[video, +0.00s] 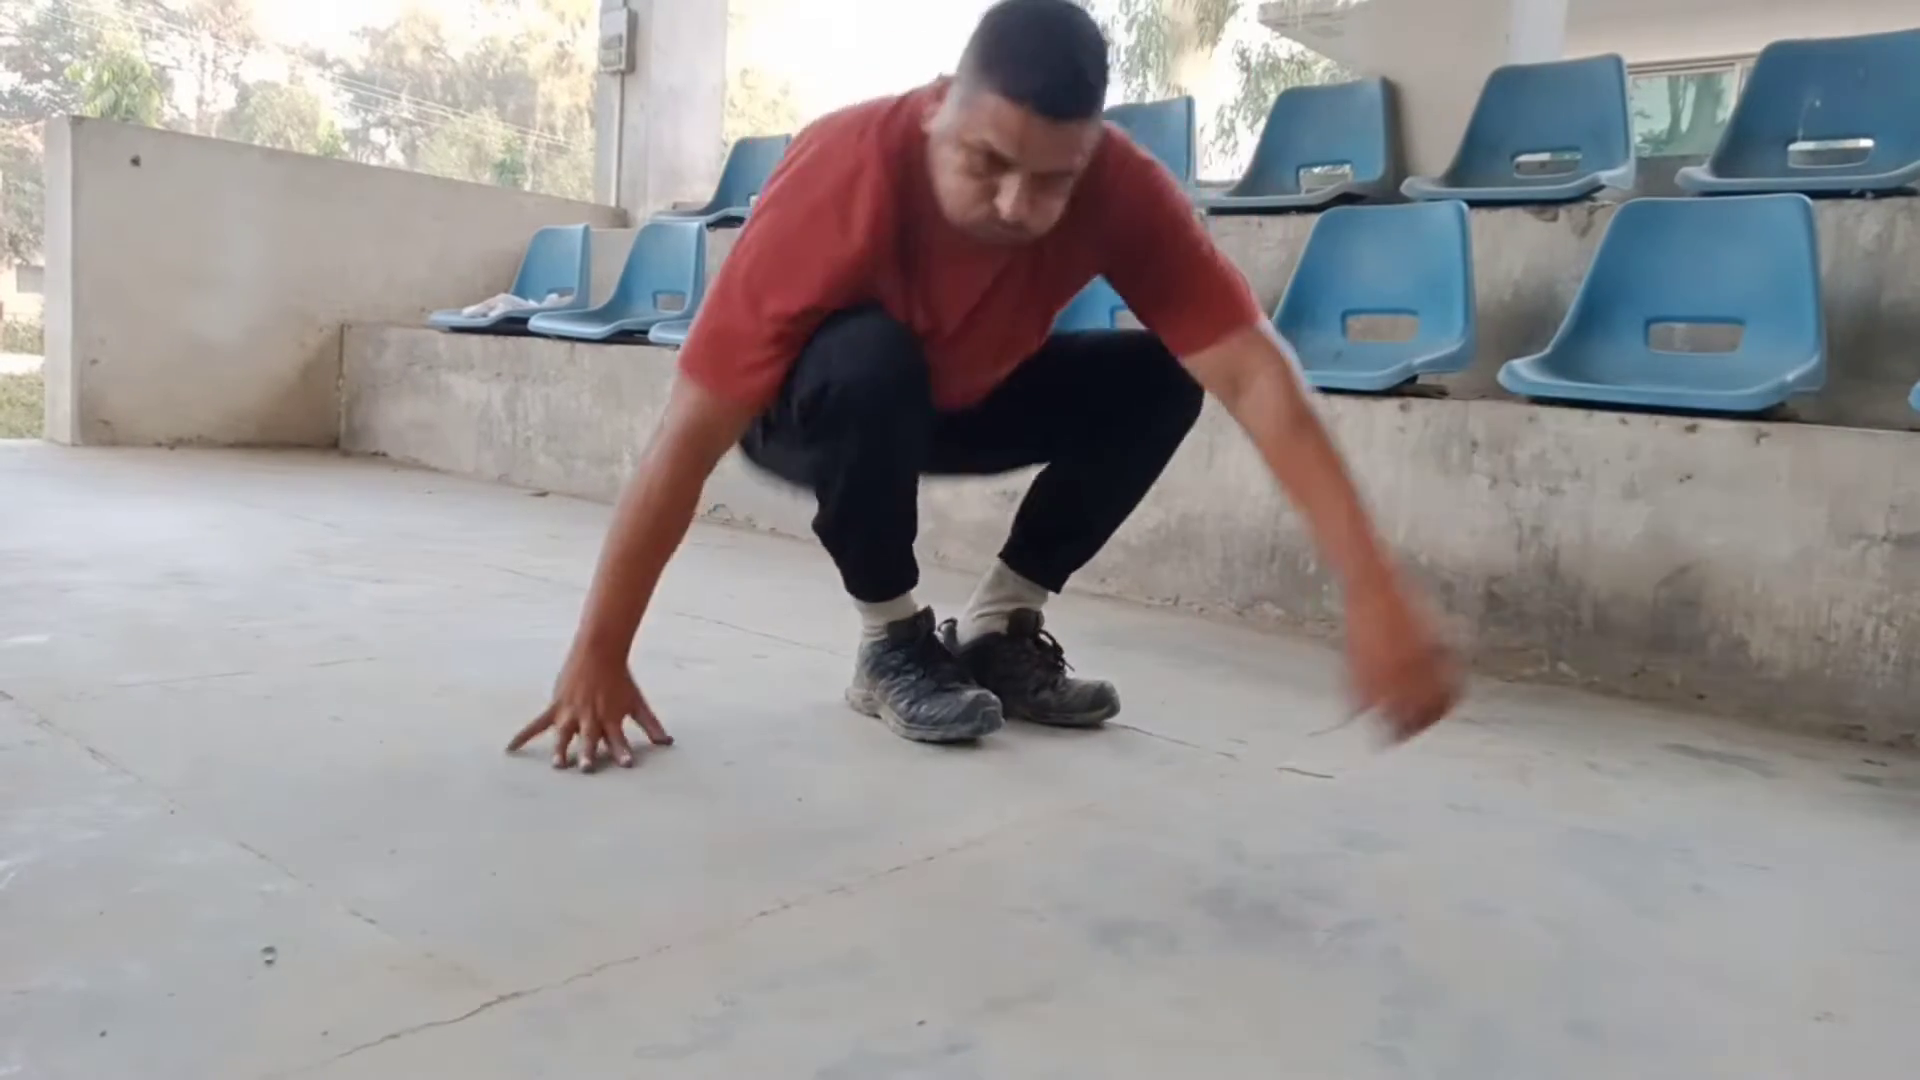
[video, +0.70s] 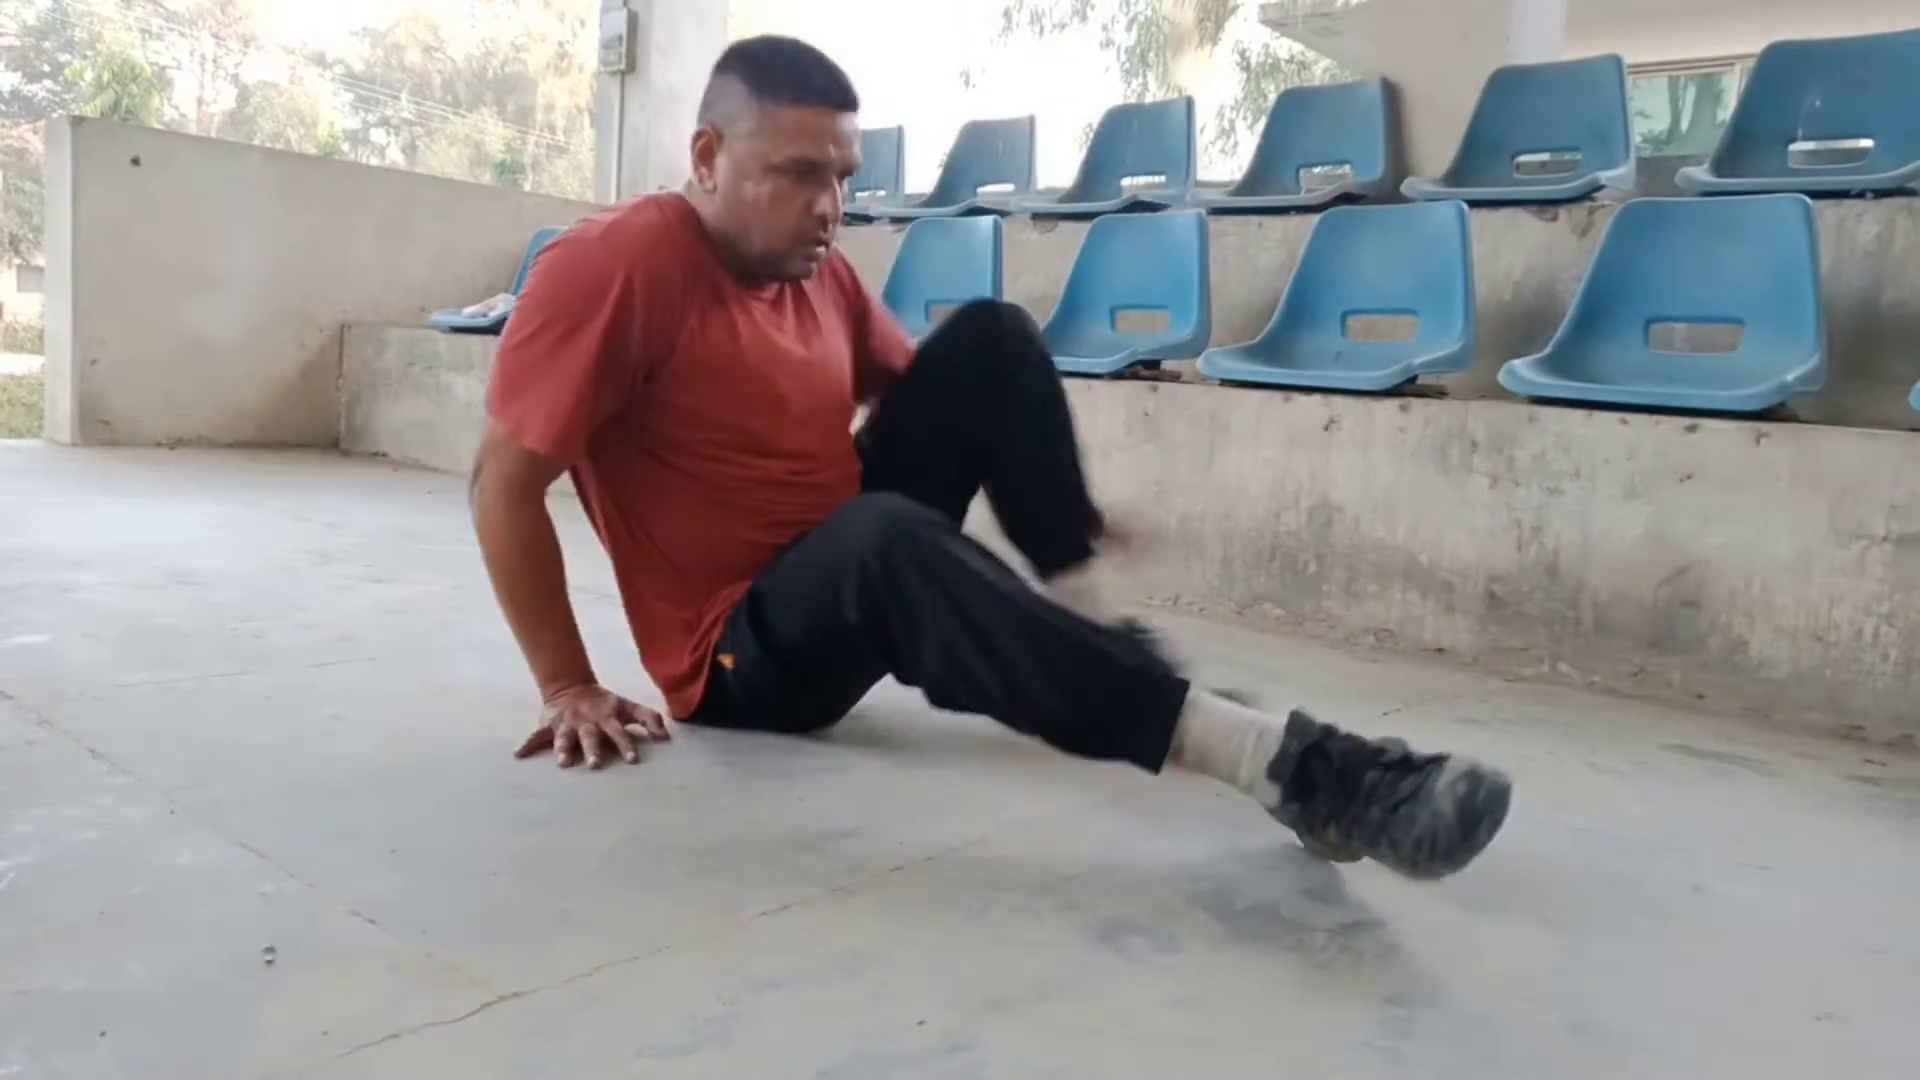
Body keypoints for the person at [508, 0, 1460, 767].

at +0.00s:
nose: (1020, 206)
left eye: (1056, 181)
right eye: (993, 167)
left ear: (1094, 150)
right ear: (945, 110)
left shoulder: (1121, 190)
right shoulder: (843, 176)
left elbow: (1256, 381)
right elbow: (694, 427)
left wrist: (1374, 590)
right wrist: (600, 652)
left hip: (966, 412)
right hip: (812, 411)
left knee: (1158, 375)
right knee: (872, 358)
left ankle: (1005, 632)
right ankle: (895, 642)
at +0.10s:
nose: (991, 180)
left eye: (1020, 148)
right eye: (956, 142)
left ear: (1047, 123)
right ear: (892, 111)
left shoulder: (1070, 178)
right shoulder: (800, 198)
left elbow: (1248, 300)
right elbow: (678, 459)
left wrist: (1448, 460)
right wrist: (593, 683)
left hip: (943, 461)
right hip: (791, 476)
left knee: (1150, 384)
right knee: (860, 390)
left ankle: (1000, 633)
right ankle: (902, 645)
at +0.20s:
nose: (928, 151)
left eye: (952, 121)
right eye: (894, 118)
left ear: (973, 104)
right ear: (820, 93)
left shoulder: (1000, 161)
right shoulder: (740, 212)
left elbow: (1212, 215)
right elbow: (631, 466)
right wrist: (584, 690)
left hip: (943, 477)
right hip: (785, 527)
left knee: (1147, 386)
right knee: (830, 433)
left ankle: (992, 632)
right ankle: (973, 638)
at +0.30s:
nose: (869, 127)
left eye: (890, 95)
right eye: (832, 95)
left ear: (908, 86)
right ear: (756, 82)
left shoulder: (929, 156)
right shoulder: (679, 224)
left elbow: (1135, 168)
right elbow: (610, 464)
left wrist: (1358, 166)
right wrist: (581, 687)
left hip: (920, 490)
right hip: (772, 567)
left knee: (1136, 385)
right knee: (837, 469)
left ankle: (983, 658)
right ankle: (1157, 680)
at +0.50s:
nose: (811, 144)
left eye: (829, 114)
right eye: (778, 112)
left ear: (843, 107)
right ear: (695, 106)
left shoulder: (858, 211)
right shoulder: (623, 243)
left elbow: (1041, 254)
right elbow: (562, 478)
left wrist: (1223, 245)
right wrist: (574, 687)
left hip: (878, 540)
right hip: (755, 632)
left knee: (1048, 345)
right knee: (885, 539)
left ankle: (976, 637)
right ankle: (1289, 771)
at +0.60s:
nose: (823, 184)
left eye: (837, 149)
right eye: (791, 151)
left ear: (846, 147)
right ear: (704, 147)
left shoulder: (852, 263)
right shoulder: (618, 261)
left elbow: (996, 337)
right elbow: (520, 481)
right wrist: (567, 687)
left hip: (861, 562)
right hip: (731, 650)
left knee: (995, 344)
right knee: (867, 558)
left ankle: (983, 618)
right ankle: (1284, 775)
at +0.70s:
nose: (827, 206)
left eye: (840, 178)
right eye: (799, 174)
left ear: (843, 171)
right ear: (705, 160)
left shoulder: (819, 270)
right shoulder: (608, 264)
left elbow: (905, 394)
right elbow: (502, 486)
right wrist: (568, 686)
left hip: (851, 563)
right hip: (734, 650)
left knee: (989, 340)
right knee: (887, 543)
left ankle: (1056, 612)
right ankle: (1287, 765)